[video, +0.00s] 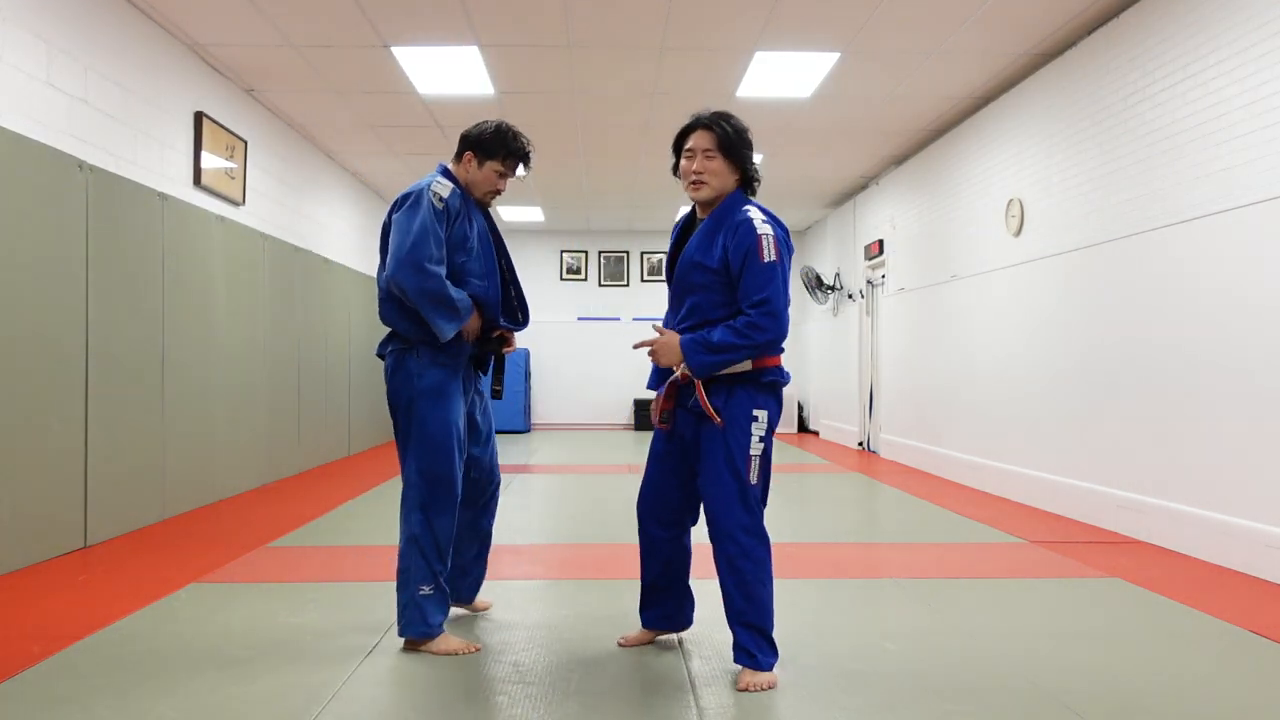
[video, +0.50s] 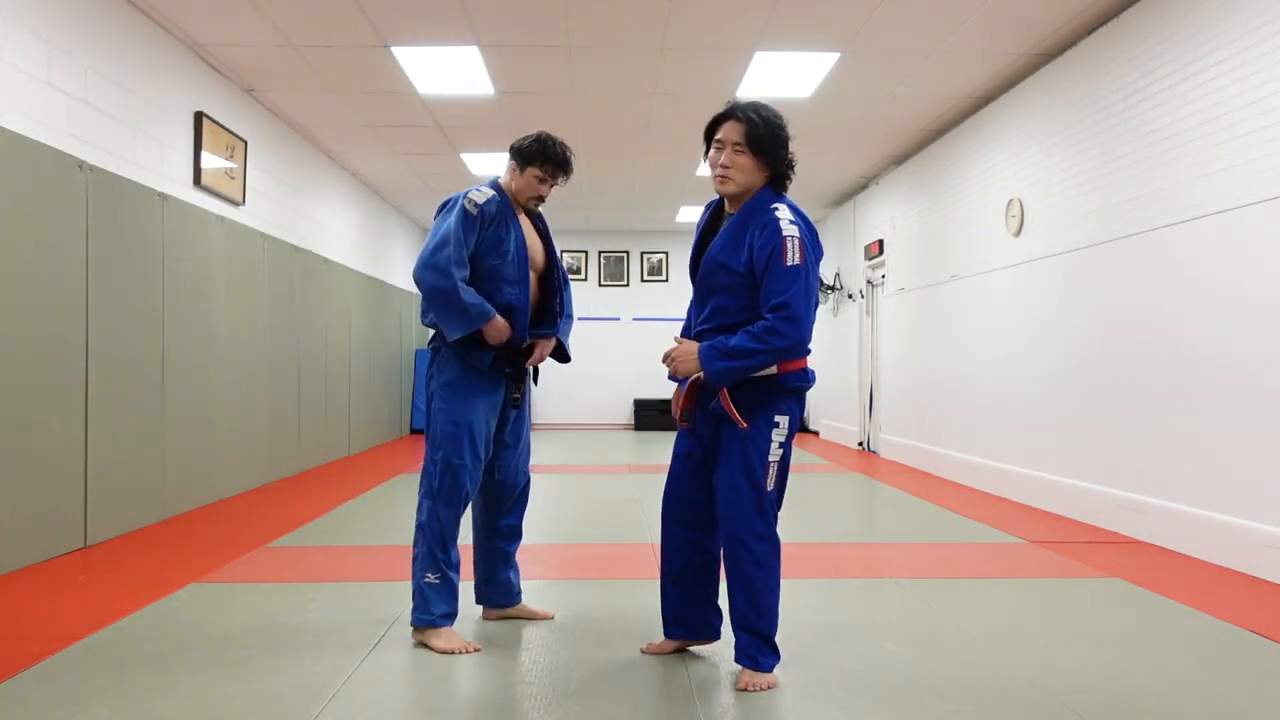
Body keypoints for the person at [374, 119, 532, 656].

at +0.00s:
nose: (504, 187)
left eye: (509, 178)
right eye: (500, 175)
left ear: (480, 168)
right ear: (469, 160)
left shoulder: (473, 213)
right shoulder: (429, 198)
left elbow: (479, 285)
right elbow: (410, 273)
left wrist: (496, 326)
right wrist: (463, 314)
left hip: (464, 367)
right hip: (426, 367)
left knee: (480, 479)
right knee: (434, 488)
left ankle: (456, 587)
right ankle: (420, 627)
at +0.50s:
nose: (546, 190)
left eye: (553, 183)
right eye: (542, 178)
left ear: (551, 183)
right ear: (517, 167)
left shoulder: (535, 223)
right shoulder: (474, 204)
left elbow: (556, 287)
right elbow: (434, 271)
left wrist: (549, 333)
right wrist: (484, 317)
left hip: (512, 374)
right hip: (464, 368)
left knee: (506, 488)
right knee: (449, 488)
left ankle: (500, 599)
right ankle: (431, 620)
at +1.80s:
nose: (477, 162)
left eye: (484, 153)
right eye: (465, 152)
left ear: (491, 159)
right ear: (442, 157)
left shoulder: (503, 217)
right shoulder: (419, 225)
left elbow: (530, 269)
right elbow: (419, 308)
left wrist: (513, 310)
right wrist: (453, 372)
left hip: (487, 370)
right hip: (431, 373)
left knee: (494, 489)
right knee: (425, 495)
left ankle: (500, 598)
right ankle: (422, 617)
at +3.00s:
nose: (518, 170)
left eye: (527, 165)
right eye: (511, 159)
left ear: (531, 174)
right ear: (487, 159)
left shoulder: (531, 232)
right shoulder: (437, 208)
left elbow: (530, 311)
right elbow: (367, 259)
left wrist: (478, 348)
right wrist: (401, 311)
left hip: (498, 374)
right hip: (439, 370)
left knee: (498, 486)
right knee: (430, 489)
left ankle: (500, 598)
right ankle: (423, 614)